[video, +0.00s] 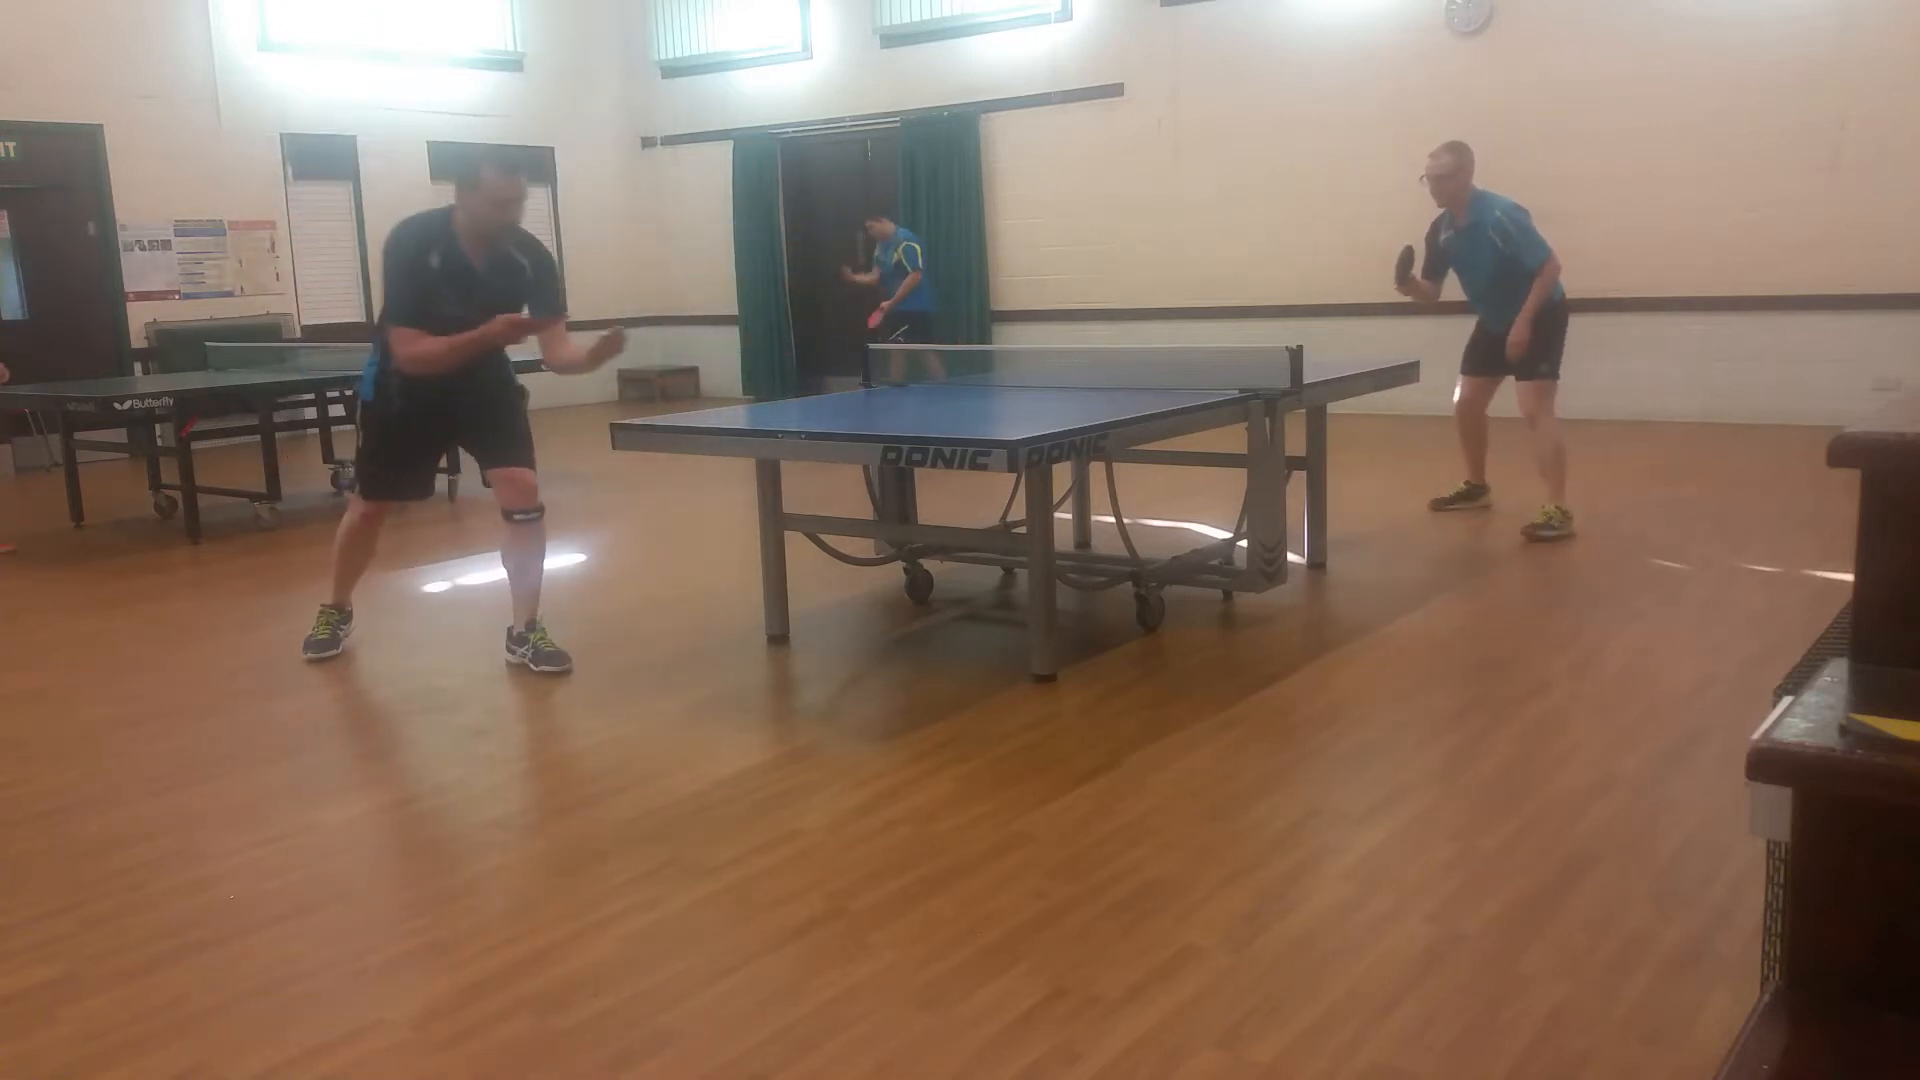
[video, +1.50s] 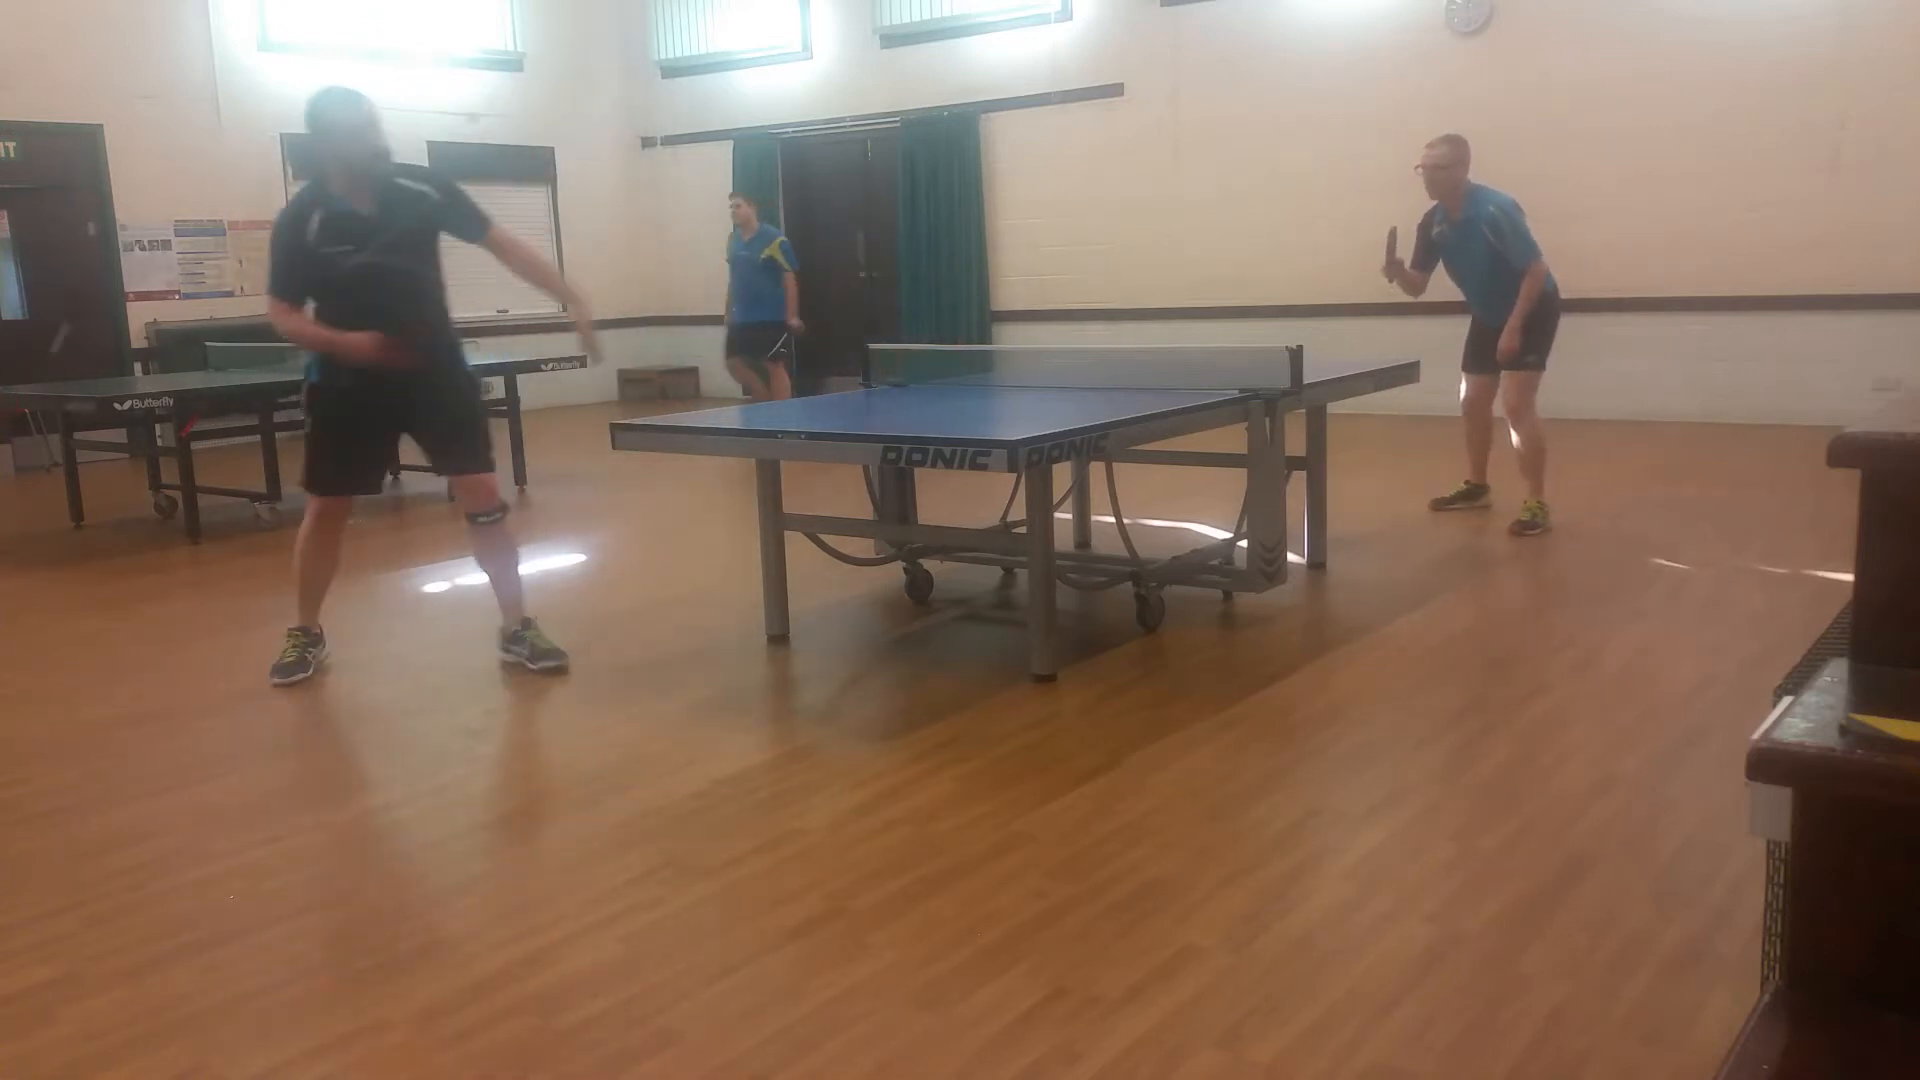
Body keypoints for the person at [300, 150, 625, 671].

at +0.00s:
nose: (512, 216)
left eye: (519, 204)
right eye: (501, 203)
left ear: (524, 200)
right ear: (464, 196)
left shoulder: (531, 257)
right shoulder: (412, 241)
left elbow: (557, 349)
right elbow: (408, 355)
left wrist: (589, 355)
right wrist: (490, 336)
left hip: (487, 382)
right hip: (406, 387)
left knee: (520, 490)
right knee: (369, 506)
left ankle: (526, 629)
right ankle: (336, 610)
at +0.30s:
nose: (554, 229)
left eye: (560, 216)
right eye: (541, 216)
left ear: (566, 212)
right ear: (503, 210)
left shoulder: (569, 269)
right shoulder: (451, 250)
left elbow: (587, 364)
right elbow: (469, 364)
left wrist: (629, 375)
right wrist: (542, 335)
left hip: (510, 379)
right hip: (429, 380)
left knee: (532, 494)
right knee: (392, 508)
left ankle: (526, 630)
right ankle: (367, 596)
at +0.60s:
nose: (561, 226)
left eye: (567, 212)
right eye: (548, 213)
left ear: (571, 208)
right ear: (510, 209)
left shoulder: (572, 268)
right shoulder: (454, 251)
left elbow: (582, 358)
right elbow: (470, 361)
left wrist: (632, 387)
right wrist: (548, 342)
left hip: (512, 380)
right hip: (431, 380)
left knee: (532, 495)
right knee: (406, 511)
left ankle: (526, 630)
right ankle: (391, 621)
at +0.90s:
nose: (559, 217)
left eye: (563, 204)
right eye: (546, 205)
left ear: (566, 201)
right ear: (508, 203)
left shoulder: (569, 262)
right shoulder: (451, 244)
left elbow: (579, 352)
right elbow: (461, 352)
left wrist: (630, 392)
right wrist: (543, 343)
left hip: (510, 378)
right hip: (430, 380)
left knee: (531, 496)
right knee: (410, 512)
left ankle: (526, 630)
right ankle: (393, 616)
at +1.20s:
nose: (494, 161)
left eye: (494, 148)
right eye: (478, 152)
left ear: (497, 149)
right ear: (441, 158)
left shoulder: (524, 216)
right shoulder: (398, 217)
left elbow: (581, 291)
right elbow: (400, 323)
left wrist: (635, 301)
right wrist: (444, 327)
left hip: (497, 372)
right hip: (416, 377)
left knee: (523, 495)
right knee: (394, 511)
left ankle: (528, 629)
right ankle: (376, 608)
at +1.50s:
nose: (370, 141)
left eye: (372, 128)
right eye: (353, 133)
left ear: (381, 131)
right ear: (322, 145)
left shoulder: (424, 193)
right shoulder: (299, 220)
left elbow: (502, 243)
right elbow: (283, 314)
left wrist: (572, 296)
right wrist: (350, 342)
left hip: (434, 374)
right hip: (347, 386)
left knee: (479, 491)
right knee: (326, 507)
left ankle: (518, 628)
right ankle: (305, 632)